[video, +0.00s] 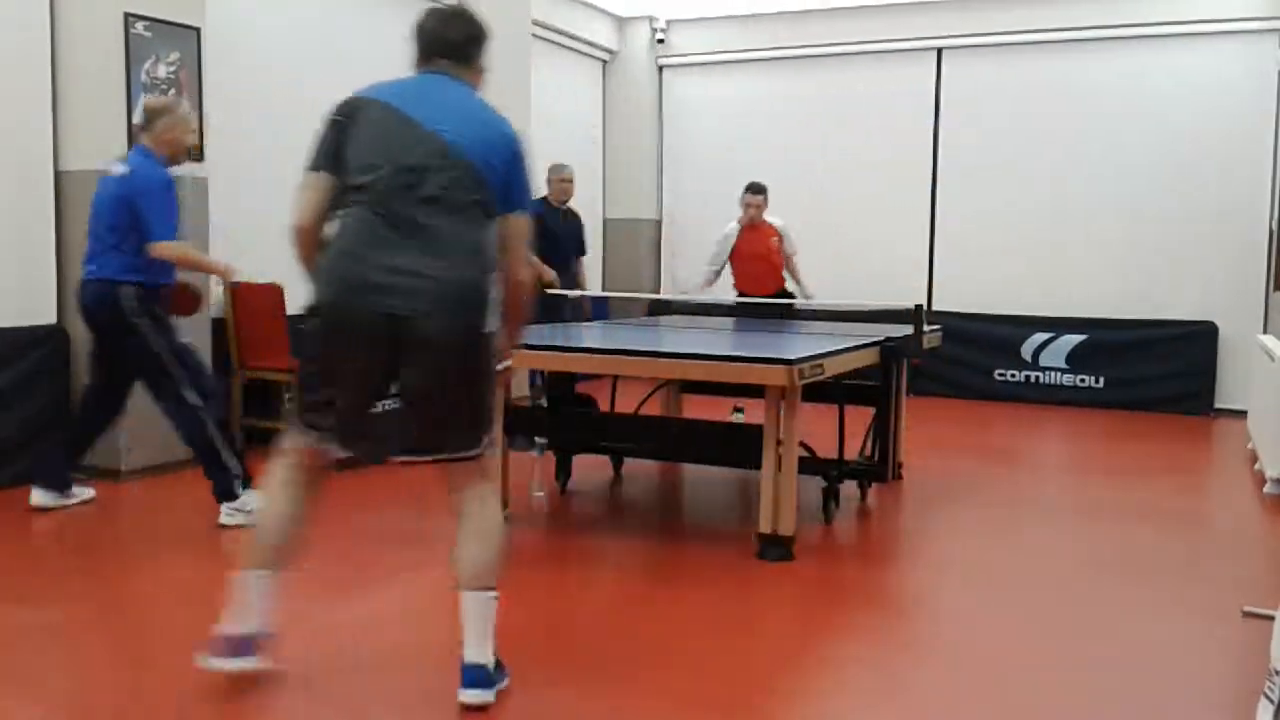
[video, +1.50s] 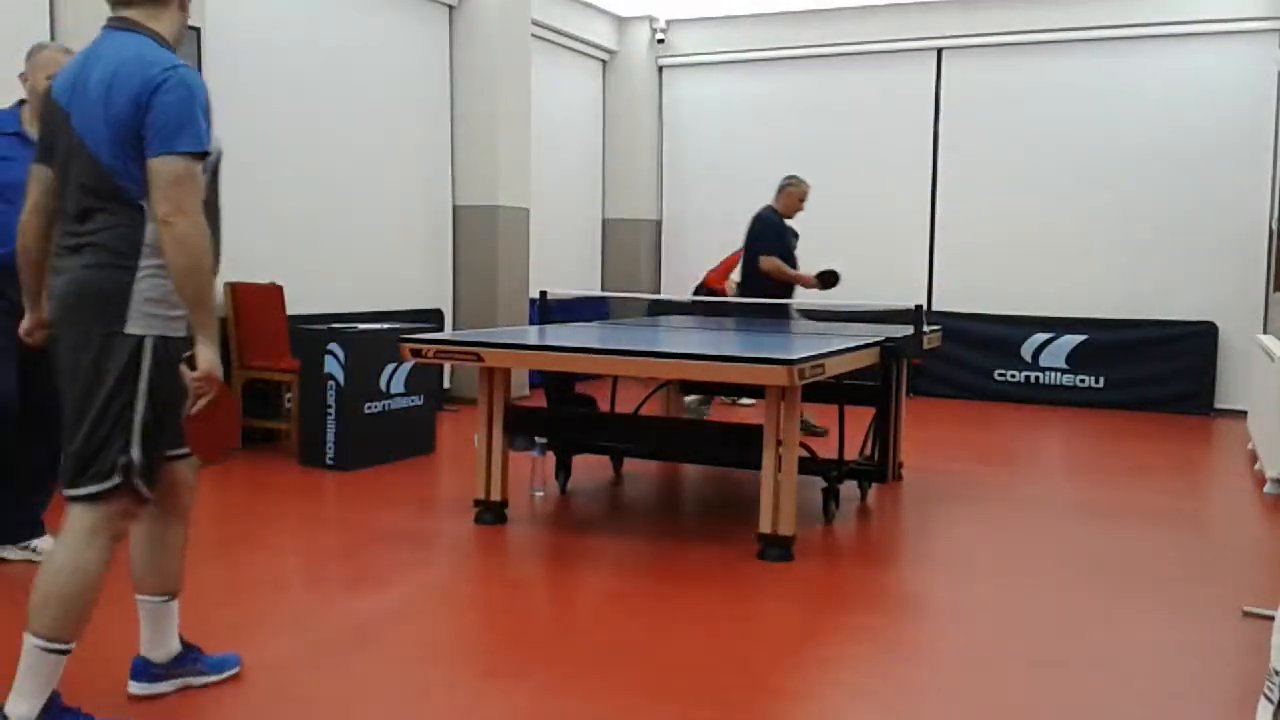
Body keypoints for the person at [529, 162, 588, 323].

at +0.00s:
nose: (566, 187)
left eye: (570, 182)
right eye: (561, 181)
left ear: (574, 185)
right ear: (549, 183)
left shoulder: (574, 217)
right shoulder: (534, 210)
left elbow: (578, 260)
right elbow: (525, 249)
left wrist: (583, 291)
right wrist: (544, 271)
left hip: (570, 286)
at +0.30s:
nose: (604, 190)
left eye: (605, 185)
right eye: (598, 185)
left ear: (603, 186)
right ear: (583, 186)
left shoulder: (608, 217)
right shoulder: (563, 218)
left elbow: (622, 251)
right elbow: (550, 255)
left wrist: (630, 277)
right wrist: (576, 276)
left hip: (601, 292)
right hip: (571, 293)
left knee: (613, 338)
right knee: (573, 344)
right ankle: (570, 393)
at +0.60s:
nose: (648, 195)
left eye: (649, 190)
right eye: (644, 190)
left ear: (648, 190)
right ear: (627, 190)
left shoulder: (647, 220)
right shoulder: (608, 218)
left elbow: (656, 257)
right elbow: (596, 257)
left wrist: (664, 285)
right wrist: (624, 280)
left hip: (645, 294)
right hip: (615, 294)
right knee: (614, 346)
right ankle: (609, 396)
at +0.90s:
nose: (697, 197)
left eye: (698, 192)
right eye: (694, 191)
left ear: (685, 192)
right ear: (678, 189)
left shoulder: (682, 218)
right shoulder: (656, 216)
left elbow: (684, 256)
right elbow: (646, 255)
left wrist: (691, 283)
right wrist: (674, 276)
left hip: (680, 296)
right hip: (658, 297)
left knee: (681, 352)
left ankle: (682, 403)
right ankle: (619, 391)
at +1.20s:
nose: (745, 199)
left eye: (746, 193)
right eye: (743, 192)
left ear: (728, 188)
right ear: (728, 187)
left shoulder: (718, 213)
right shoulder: (710, 214)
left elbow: (715, 254)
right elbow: (707, 255)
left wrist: (739, 276)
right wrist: (737, 276)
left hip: (718, 296)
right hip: (708, 298)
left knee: (712, 353)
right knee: (706, 353)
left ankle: (703, 403)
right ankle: (697, 404)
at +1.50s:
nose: (802, 207)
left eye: (803, 202)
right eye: (800, 201)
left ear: (790, 197)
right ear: (785, 194)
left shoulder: (780, 224)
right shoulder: (767, 220)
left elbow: (779, 264)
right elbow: (767, 263)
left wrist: (804, 279)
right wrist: (801, 279)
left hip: (774, 307)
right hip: (760, 308)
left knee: (786, 363)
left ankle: (793, 414)